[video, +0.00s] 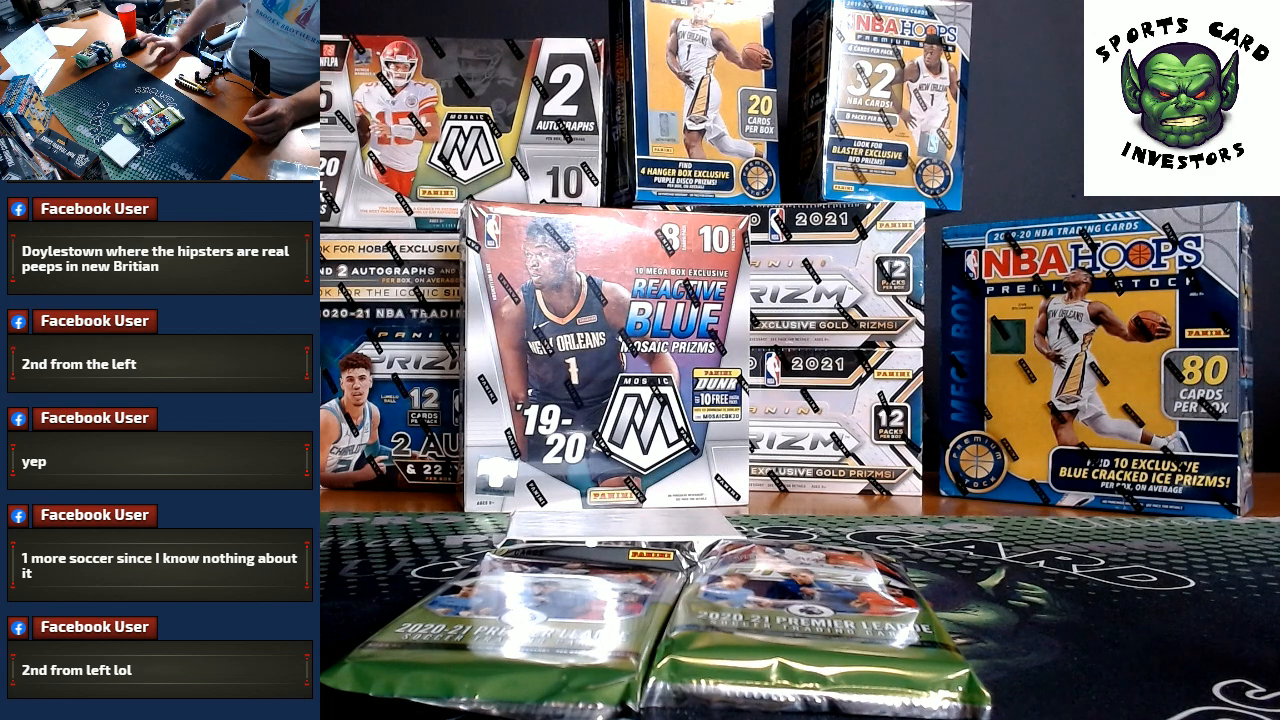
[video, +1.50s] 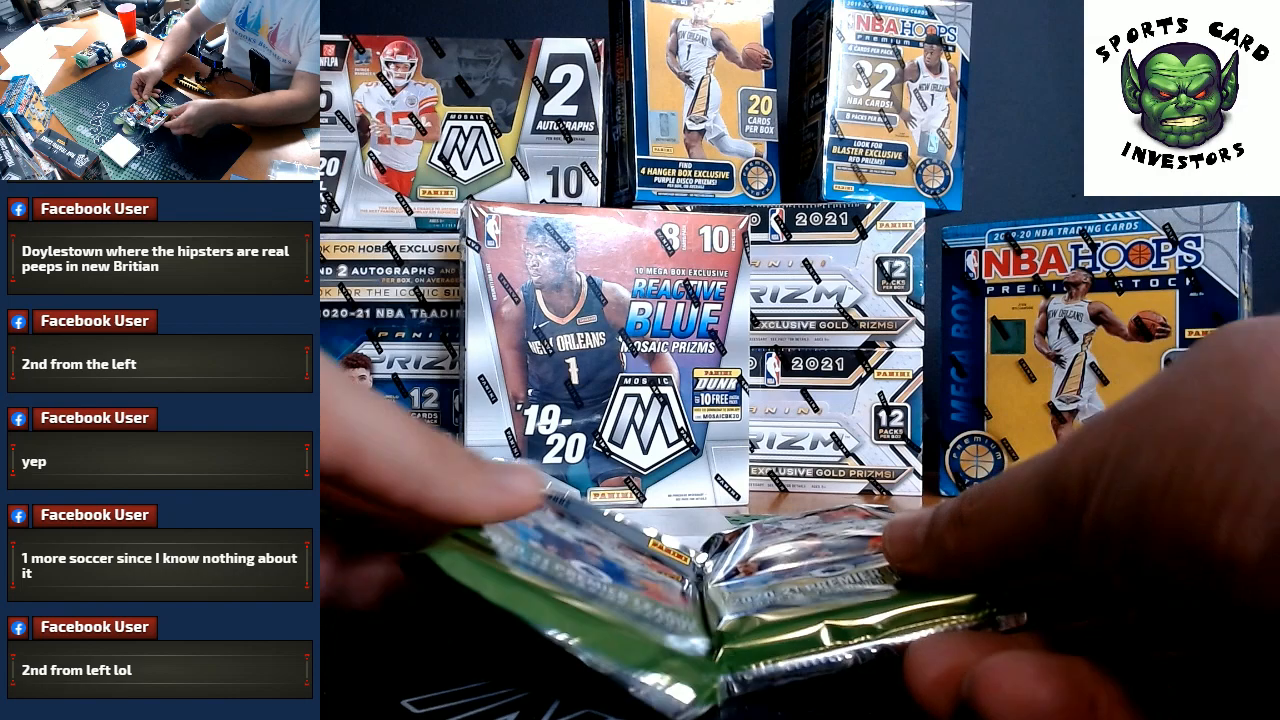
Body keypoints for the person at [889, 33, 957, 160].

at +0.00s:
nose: (928, 52)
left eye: (933, 49)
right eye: (926, 47)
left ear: (941, 51)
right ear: (923, 49)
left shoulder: (950, 70)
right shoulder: (913, 69)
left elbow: (955, 93)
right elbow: (886, 83)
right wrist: (900, 111)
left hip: (940, 116)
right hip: (918, 118)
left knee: (940, 153)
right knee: (923, 154)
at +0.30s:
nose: (928, 52)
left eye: (933, 49)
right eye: (926, 47)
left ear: (941, 51)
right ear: (923, 49)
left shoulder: (950, 70)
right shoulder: (913, 69)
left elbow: (955, 93)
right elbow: (886, 83)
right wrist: (900, 110)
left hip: (940, 116)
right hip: (918, 117)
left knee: (940, 153)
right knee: (923, 154)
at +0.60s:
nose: (928, 52)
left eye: (933, 49)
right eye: (926, 48)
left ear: (941, 51)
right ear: (923, 49)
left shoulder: (949, 71)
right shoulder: (913, 69)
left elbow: (955, 93)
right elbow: (887, 83)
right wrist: (900, 111)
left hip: (940, 117)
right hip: (918, 119)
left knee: (940, 155)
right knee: (922, 156)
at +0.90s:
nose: (928, 53)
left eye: (933, 50)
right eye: (926, 48)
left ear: (941, 52)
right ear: (923, 49)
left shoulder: (949, 70)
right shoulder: (913, 69)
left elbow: (955, 93)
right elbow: (888, 84)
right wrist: (900, 111)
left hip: (941, 118)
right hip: (918, 119)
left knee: (940, 154)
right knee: (923, 155)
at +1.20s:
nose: (929, 52)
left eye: (933, 48)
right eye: (926, 47)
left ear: (941, 51)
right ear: (923, 49)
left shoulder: (949, 70)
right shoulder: (913, 69)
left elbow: (956, 94)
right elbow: (888, 84)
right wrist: (900, 110)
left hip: (941, 118)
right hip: (919, 119)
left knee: (941, 155)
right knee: (923, 155)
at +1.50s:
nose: (928, 55)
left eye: (932, 51)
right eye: (926, 50)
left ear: (941, 52)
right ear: (923, 50)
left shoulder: (949, 70)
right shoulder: (913, 68)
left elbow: (955, 93)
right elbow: (888, 83)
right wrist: (900, 110)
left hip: (940, 116)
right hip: (918, 118)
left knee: (940, 153)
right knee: (924, 154)